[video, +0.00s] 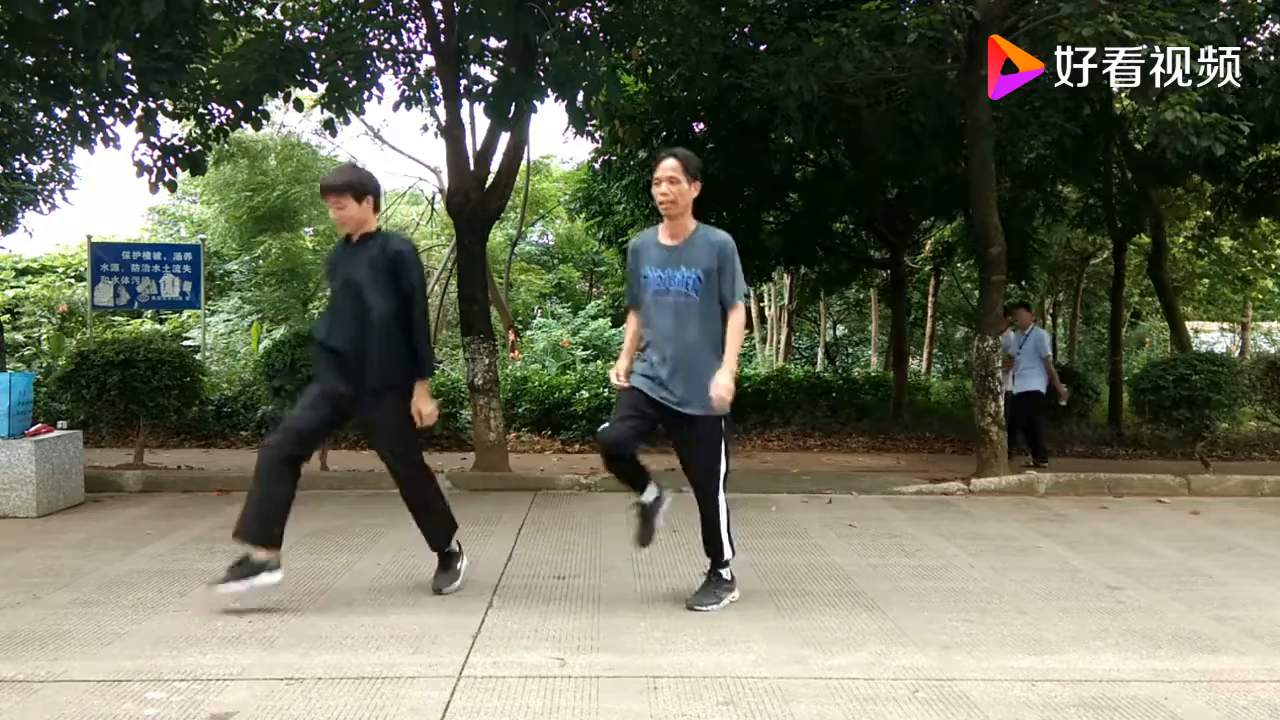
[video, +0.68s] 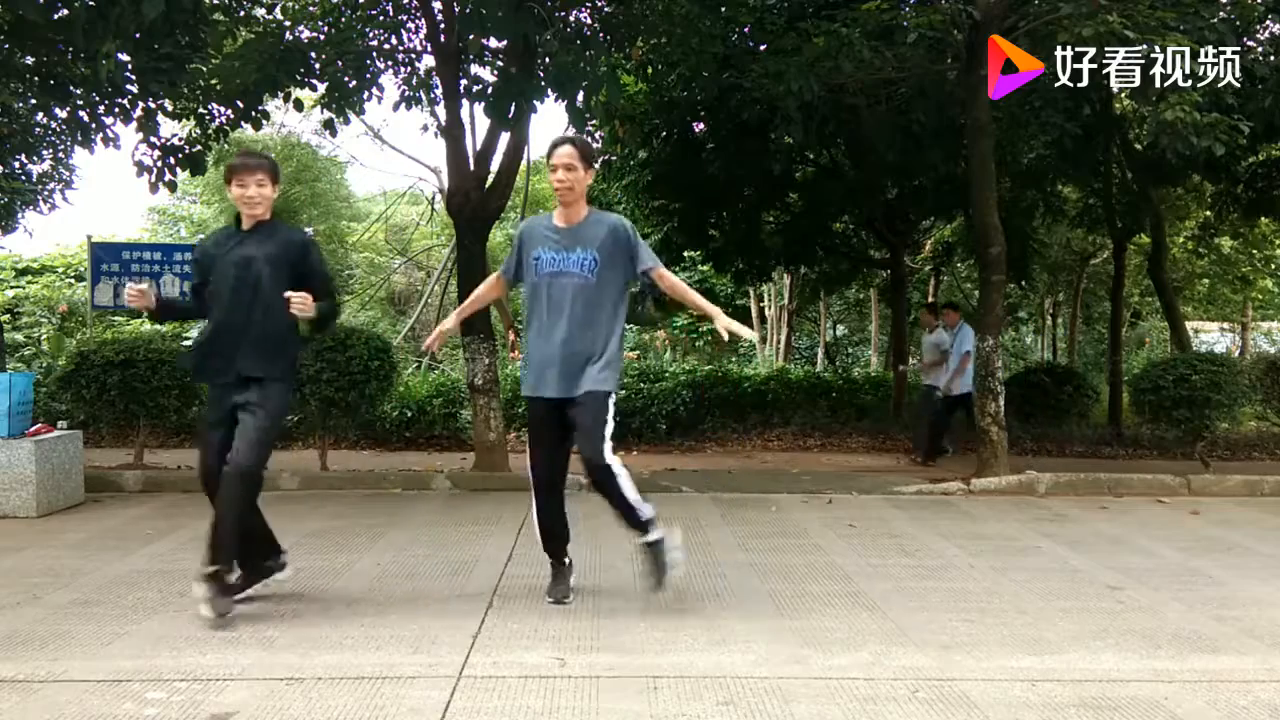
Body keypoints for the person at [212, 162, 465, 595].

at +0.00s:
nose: (334, 214)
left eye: (340, 205)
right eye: (330, 207)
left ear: (368, 202)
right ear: (334, 209)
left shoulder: (397, 250)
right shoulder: (339, 257)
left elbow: (418, 320)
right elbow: (345, 320)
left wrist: (422, 387)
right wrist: (331, 373)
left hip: (384, 384)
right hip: (337, 380)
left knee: (409, 468)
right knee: (280, 449)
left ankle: (448, 550)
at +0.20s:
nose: (311, 197)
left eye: (320, 188)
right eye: (302, 189)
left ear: (336, 194)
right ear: (292, 197)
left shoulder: (355, 248)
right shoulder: (281, 253)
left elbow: (391, 312)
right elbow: (278, 319)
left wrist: (404, 374)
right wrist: (262, 367)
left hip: (343, 384)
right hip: (289, 384)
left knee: (374, 470)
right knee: (255, 468)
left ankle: (436, 543)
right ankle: (266, 572)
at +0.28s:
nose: (301, 188)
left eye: (310, 179)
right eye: (292, 180)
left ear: (324, 185)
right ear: (280, 186)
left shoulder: (344, 236)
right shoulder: (266, 238)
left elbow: (402, 284)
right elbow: (244, 286)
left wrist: (402, 338)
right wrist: (216, 325)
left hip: (331, 371)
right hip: (277, 372)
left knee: (341, 458)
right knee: (259, 463)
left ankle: (415, 525)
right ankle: (251, 567)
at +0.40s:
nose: (281, 202)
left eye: (289, 194)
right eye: (272, 195)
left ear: (303, 200)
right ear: (259, 200)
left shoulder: (323, 245)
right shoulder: (244, 240)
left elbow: (394, 249)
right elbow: (190, 240)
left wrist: (384, 295)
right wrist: (164, 275)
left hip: (303, 374)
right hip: (254, 375)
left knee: (282, 446)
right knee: (250, 472)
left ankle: (371, 509)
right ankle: (236, 571)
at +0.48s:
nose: (272, 206)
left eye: (280, 198)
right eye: (263, 198)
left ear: (293, 205)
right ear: (249, 204)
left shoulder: (313, 252)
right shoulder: (233, 250)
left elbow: (387, 259)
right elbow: (181, 248)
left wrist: (369, 298)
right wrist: (151, 273)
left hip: (291, 380)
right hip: (241, 383)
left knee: (256, 451)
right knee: (238, 484)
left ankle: (346, 521)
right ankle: (238, 574)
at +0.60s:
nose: (257, 190)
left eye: (266, 181)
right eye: (248, 182)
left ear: (280, 186)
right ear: (235, 189)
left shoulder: (304, 241)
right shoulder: (219, 243)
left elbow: (355, 289)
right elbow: (189, 287)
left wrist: (336, 302)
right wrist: (152, 287)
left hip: (274, 372)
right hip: (227, 372)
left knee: (241, 450)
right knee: (225, 467)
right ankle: (245, 565)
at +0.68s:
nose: (252, 193)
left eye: (261, 184)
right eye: (243, 185)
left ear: (276, 189)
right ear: (230, 191)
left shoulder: (297, 245)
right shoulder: (213, 247)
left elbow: (329, 308)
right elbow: (199, 306)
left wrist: (315, 310)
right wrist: (156, 303)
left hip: (270, 377)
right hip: (221, 376)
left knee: (242, 469)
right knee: (213, 474)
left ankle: (218, 574)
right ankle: (262, 558)